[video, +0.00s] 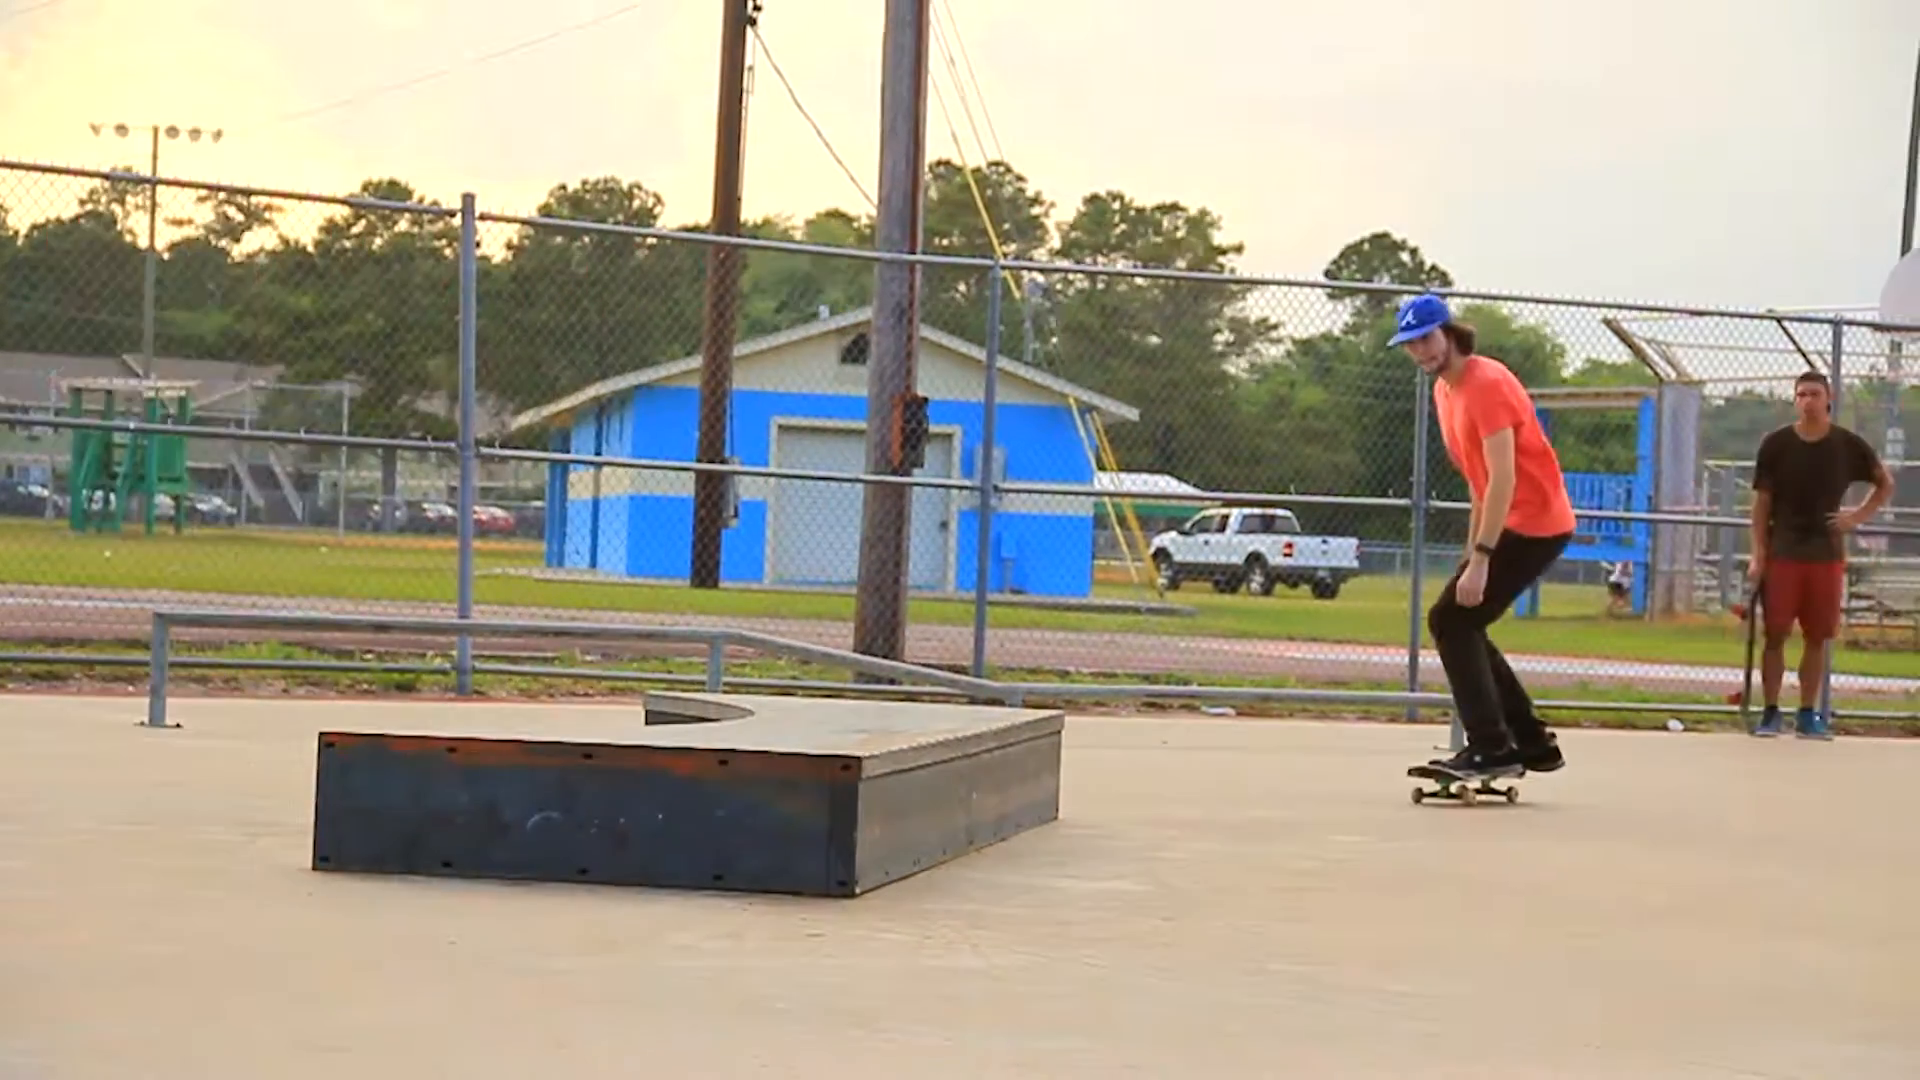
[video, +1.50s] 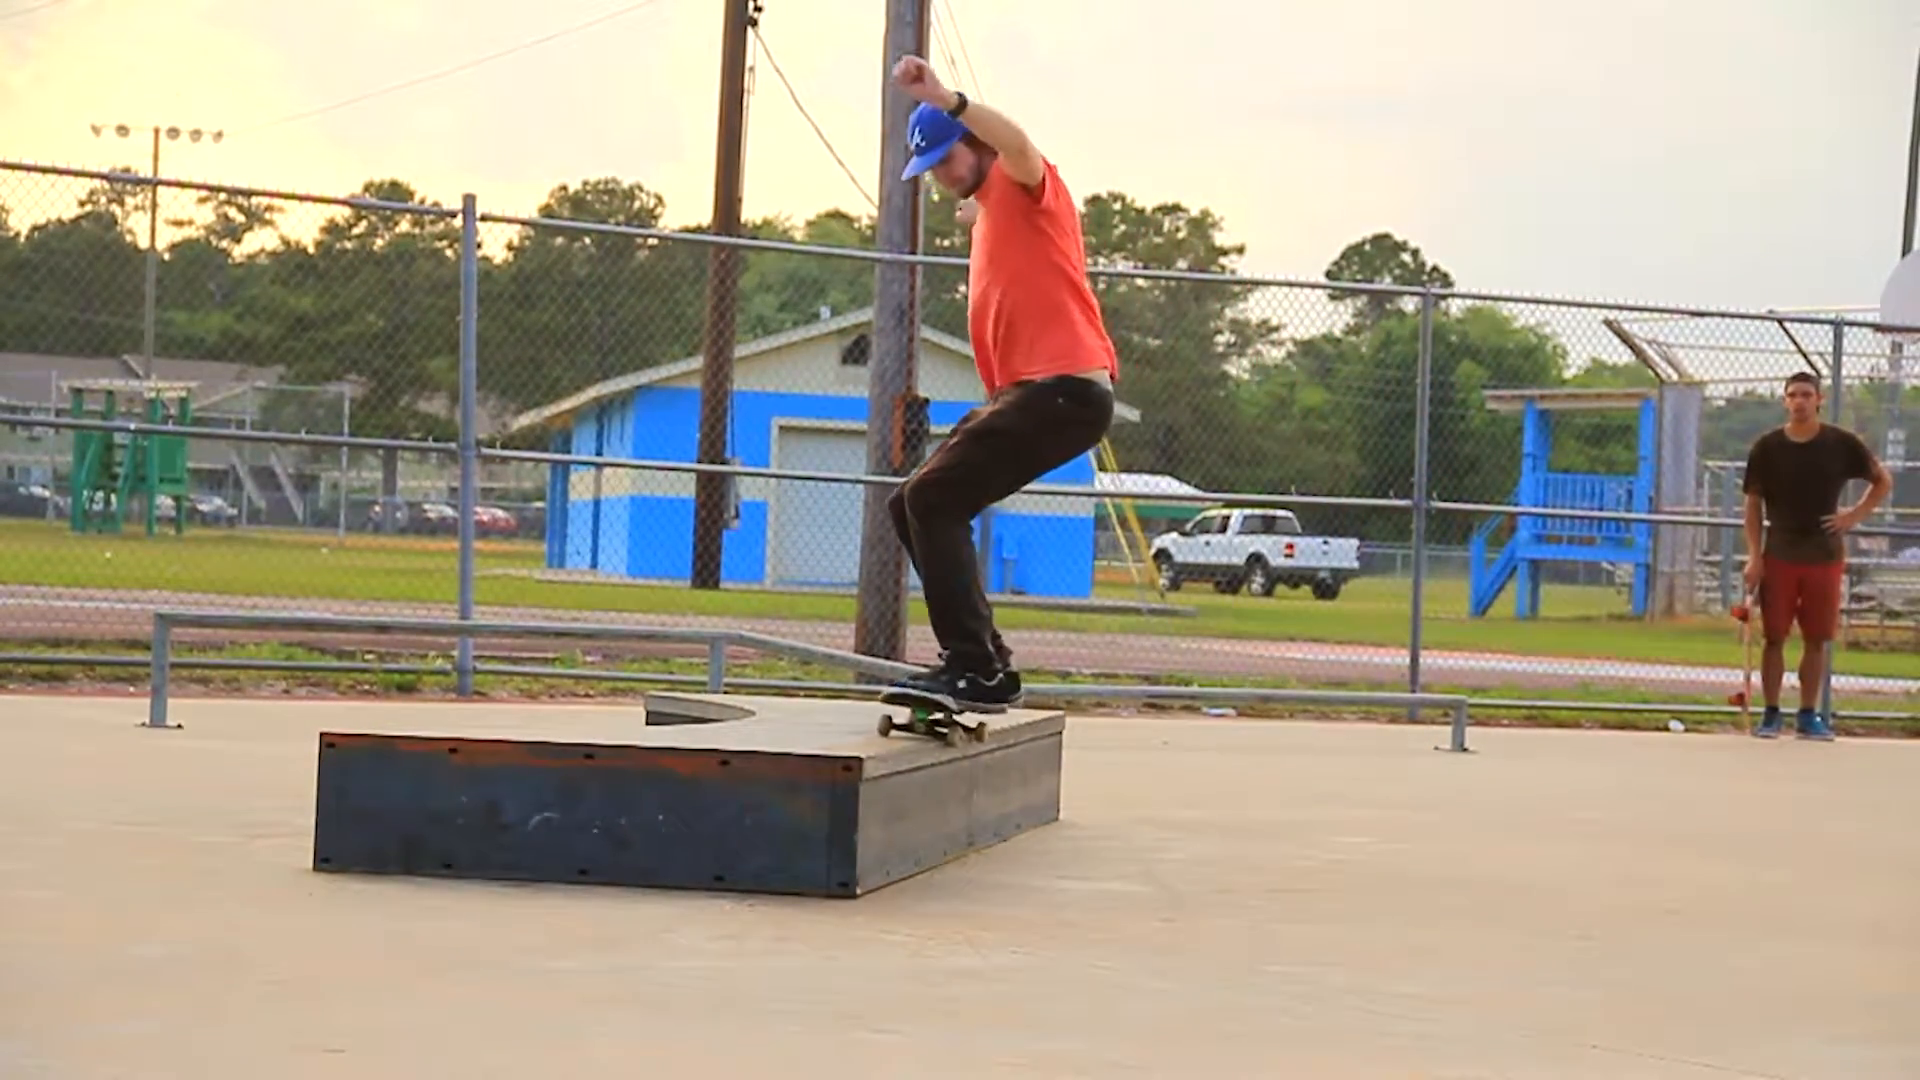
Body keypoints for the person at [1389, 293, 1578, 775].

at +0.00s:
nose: (1420, 351)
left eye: (1426, 338)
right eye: (1411, 344)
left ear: (1449, 333)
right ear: (1406, 347)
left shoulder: (1485, 382)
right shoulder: (1443, 391)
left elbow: (1504, 476)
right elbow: (1479, 478)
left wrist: (1480, 558)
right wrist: (1473, 552)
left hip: (1536, 525)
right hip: (1511, 524)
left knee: (1449, 619)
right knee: (1460, 625)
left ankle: (1491, 747)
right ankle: (1530, 741)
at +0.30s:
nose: (1314, 372)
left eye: (1320, 359)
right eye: (1304, 365)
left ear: (1342, 352)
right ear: (1298, 370)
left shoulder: (1387, 400)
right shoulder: (1347, 412)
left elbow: (1411, 499)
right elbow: (1386, 502)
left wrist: (1383, 584)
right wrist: (1373, 574)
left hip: (1453, 539)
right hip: (1426, 538)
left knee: (1346, 623)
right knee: (1355, 629)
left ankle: (1398, 749)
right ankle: (1436, 746)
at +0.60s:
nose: (1207, 372)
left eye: (1213, 358)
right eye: (1197, 366)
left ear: (1237, 349)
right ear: (1193, 370)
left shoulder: (1284, 396)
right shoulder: (1250, 417)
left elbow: (1315, 479)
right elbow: (1274, 498)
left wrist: (1271, 554)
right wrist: (1223, 564)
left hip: (1364, 537)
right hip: (1339, 536)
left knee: (1253, 627)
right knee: (1259, 631)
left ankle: (1308, 759)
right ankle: (1348, 751)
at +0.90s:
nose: (1136, 256)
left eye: (1141, 242)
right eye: (1130, 247)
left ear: (1174, 228)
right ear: (1140, 243)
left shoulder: (1212, 264)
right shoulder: (1155, 282)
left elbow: (1217, 225)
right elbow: (1088, 285)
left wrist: (1151, 170)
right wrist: (1010, 272)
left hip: (1236, 452)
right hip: (1231, 456)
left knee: (1121, 559)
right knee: (1210, 610)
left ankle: (1188, 699)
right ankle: (1252, 765)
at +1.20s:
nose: (1008, 211)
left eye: (1006, 197)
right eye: (1000, 203)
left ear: (1033, 171)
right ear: (1041, 169)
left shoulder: (1091, 198)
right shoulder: (1074, 223)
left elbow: (1059, 189)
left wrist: (970, 166)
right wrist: (1075, 412)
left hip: (1139, 397)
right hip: (1118, 395)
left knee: (1012, 506)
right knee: (1000, 500)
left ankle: (1030, 671)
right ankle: (1026, 661)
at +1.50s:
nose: (939, 179)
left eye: (943, 163)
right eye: (932, 169)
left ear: (976, 144)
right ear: (939, 165)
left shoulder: (1026, 185)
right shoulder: (989, 209)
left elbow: (1015, 143)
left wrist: (945, 97)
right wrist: (996, 399)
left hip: (1068, 391)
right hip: (1030, 392)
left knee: (931, 498)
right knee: (910, 504)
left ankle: (978, 667)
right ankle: (975, 658)